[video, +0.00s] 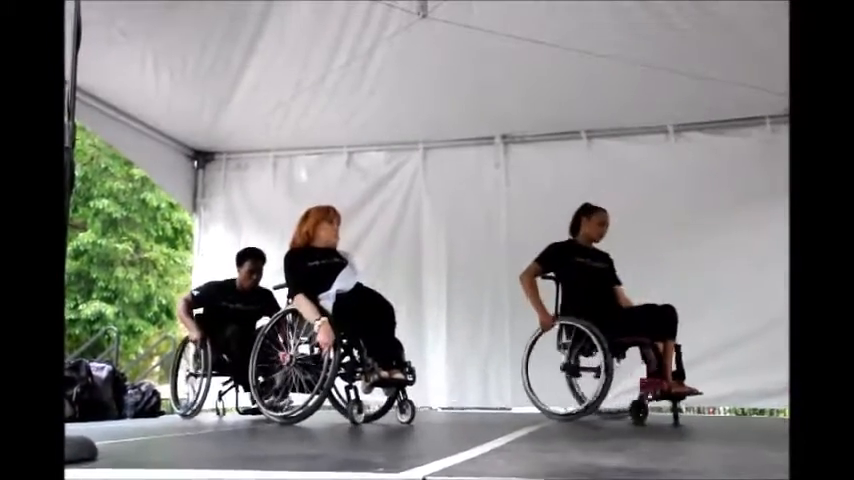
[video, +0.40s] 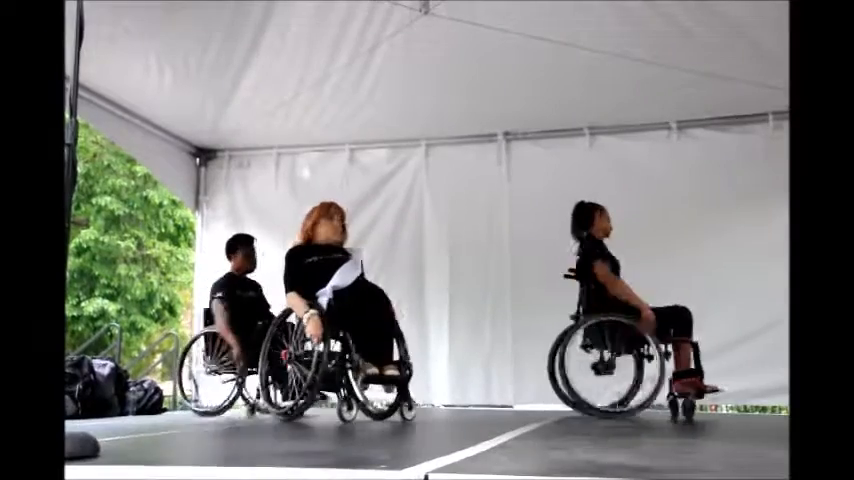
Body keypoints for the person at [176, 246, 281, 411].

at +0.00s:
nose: (256, 277)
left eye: (259, 272)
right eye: (251, 272)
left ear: (263, 271)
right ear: (239, 269)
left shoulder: (264, 297)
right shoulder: (216, 290)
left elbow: (281, 323)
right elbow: (184, 305)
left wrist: (285, 347)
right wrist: (193, 329)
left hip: (247, 349)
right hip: (215, 349)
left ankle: (274, 393)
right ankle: (258, 394)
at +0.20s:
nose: (256, 265)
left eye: (257, 260)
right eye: (250, 260)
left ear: (260, 259)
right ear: (236, 259)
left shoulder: (262, 289)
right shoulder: (216, 287)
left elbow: (281, 321)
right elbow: (189, 312)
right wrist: (205, 334)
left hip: (249, 351)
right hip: (218, 352)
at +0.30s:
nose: (254, 262)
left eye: (255, 256)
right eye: (249, 257)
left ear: (258, 256)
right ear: (234, 258)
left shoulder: (261, 288)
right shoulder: (217, 288)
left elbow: (278, 319)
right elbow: (199, 316)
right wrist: (215, 339)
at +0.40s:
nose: (254, 257)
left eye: (253, 252)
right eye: (248, 253)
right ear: (233, 256)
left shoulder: (254, 287)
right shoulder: (223, 286)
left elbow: (266, 316)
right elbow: (221, 323)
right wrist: (236, 346)